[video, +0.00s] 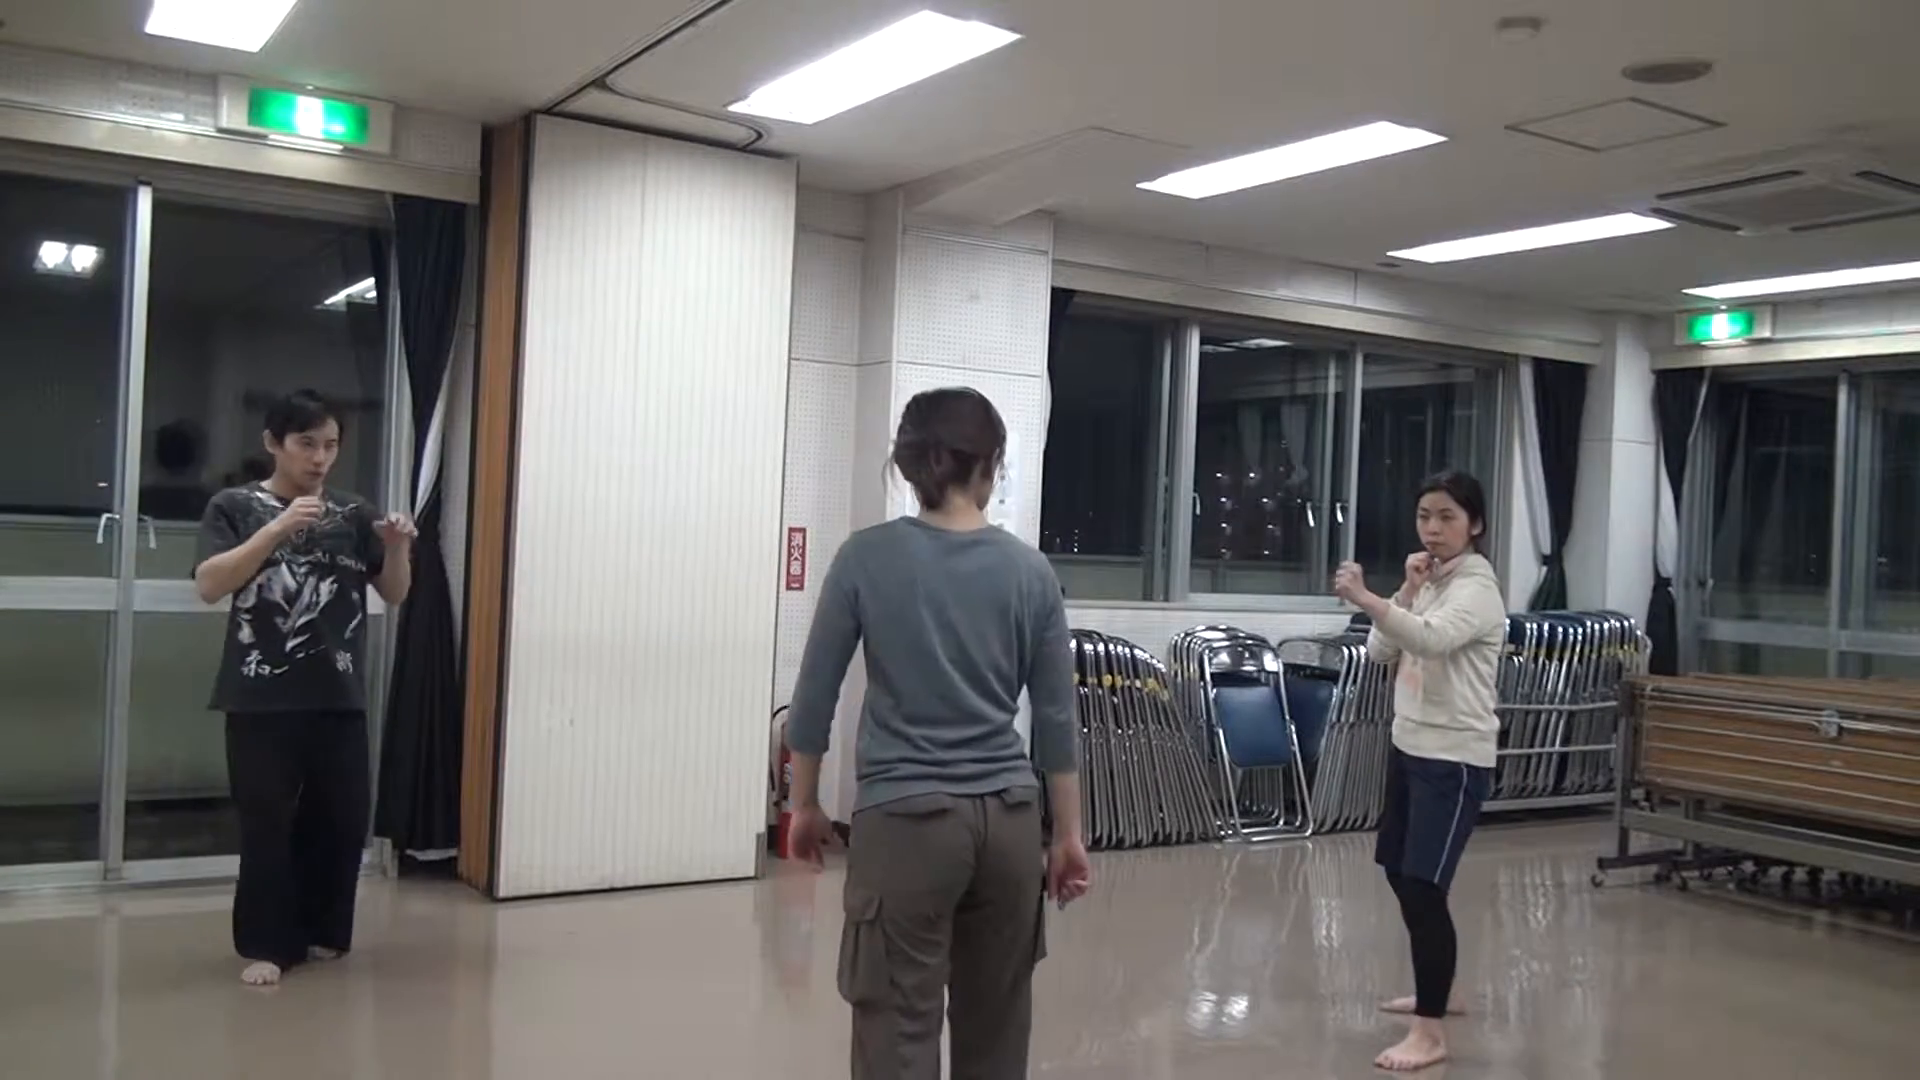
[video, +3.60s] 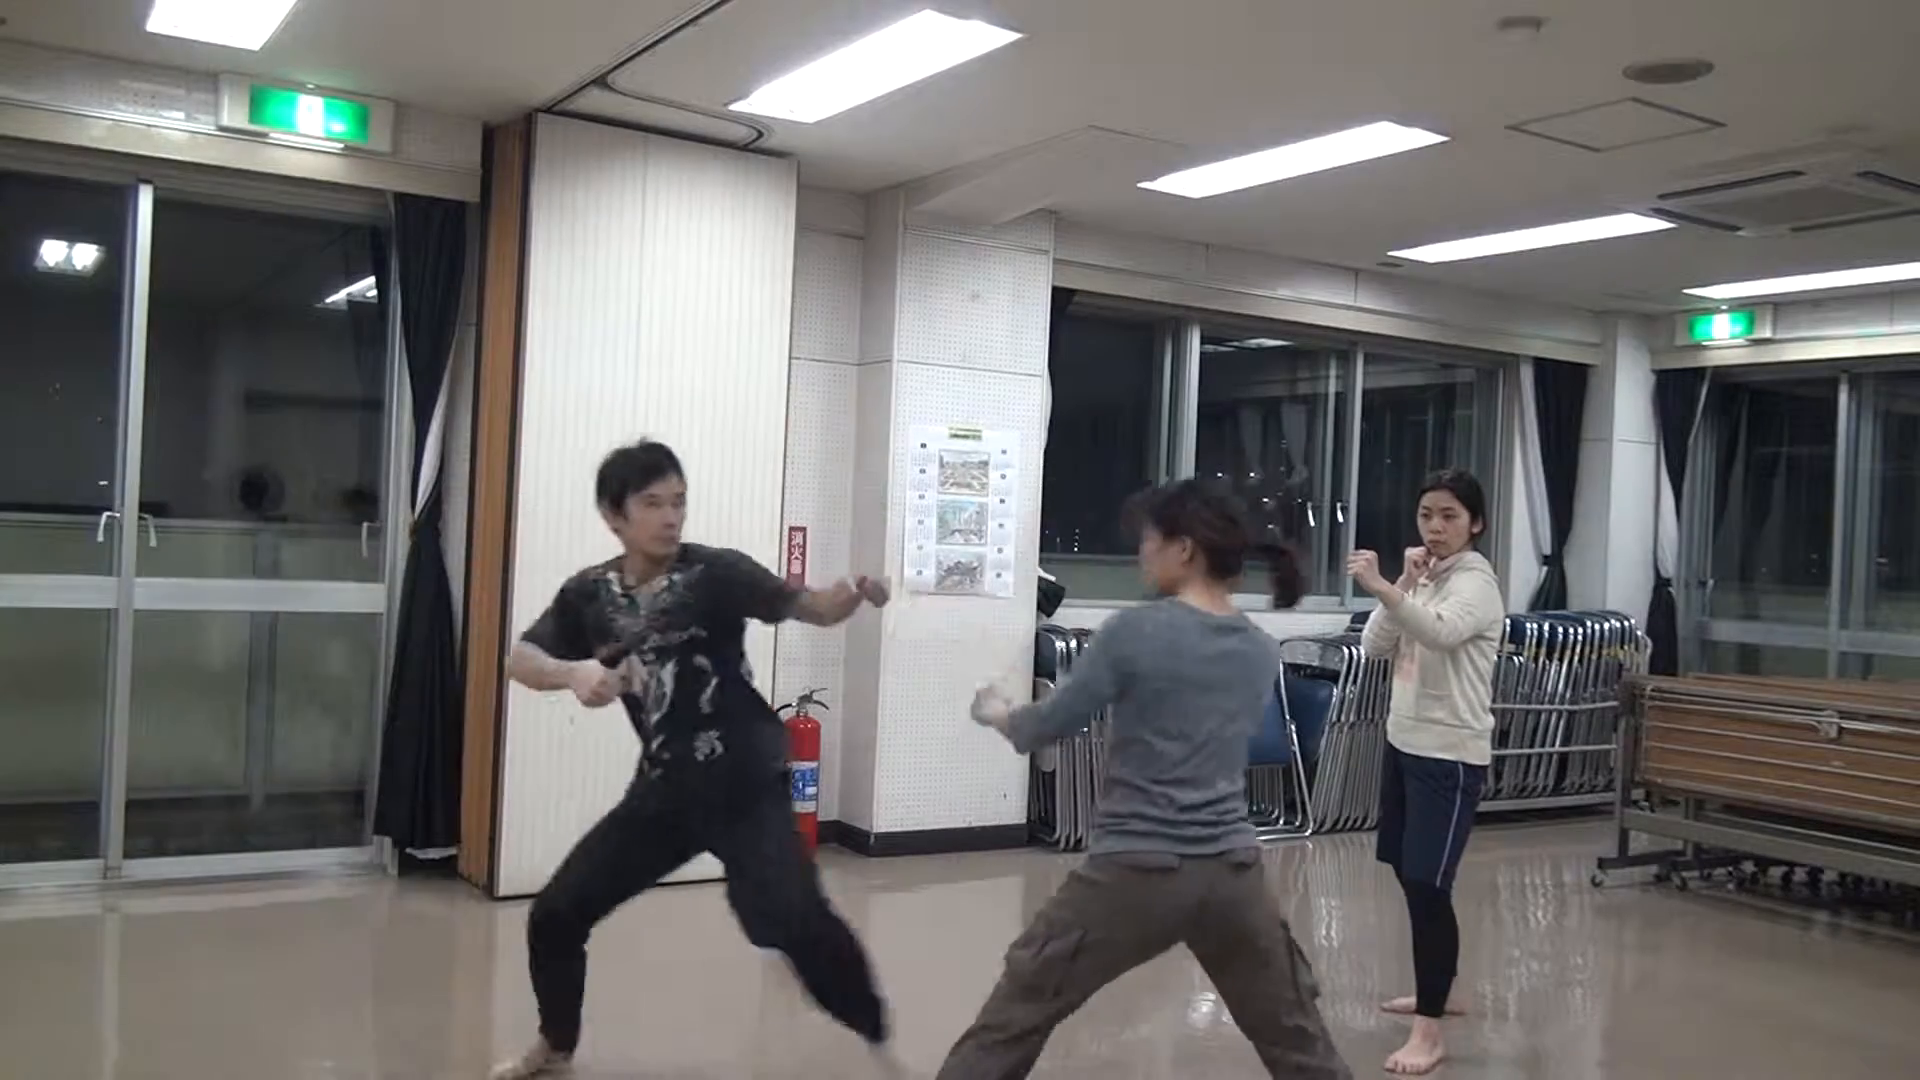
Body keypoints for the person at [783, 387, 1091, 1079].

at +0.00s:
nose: (994, 471)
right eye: (993, 458)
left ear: (906, 467)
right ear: (990, 463)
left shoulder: (865, 556)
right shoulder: (1030, 569)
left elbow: (815, 694)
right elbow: (1056, 713)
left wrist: (803, 805)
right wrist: (1069, 834)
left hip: (903, 829)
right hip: (1013, 829)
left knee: (898, 1031)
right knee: (995, 1033)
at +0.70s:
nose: (983, 480)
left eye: (983, 464)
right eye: (983, 465)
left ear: (999, 468)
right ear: (1071, 469)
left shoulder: (960, 568)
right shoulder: (1118, 573)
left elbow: (918, 704)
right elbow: (1142, 708)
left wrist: (892, 815)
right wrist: (1151, 825)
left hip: (988, 824)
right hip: (1098, 825)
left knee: (950, 1021)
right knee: (1102, 1027)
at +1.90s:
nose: (977, 493)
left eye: (979, 478)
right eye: (976, 478)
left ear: (1008, 479)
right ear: (1064, 483)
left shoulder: (957, 567)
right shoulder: (1108, 581)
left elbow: (883, 671)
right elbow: (1131, 705)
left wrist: (826, 734)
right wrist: (1150, 795)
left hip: (969, 808)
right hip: (1075, 812)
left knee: (924, 996)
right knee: (1087, 1009)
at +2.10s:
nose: (974, 492)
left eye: (976, 476)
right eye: (973, 478)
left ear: (1002, 478)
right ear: (1056, 481)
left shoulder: (949, 563)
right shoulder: (1106, 578)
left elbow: (875, 642)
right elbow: (1099, 681)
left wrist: (824, 680)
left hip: (957, 806)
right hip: (1065, 808)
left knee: (919, 993)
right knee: (1086, 1008)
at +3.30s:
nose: (997, 522)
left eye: (1001, 508)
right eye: (998, 508)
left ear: (1030, 511)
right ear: (1076, 512)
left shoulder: (975, 593)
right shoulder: (1131, 604)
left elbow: (889, 646)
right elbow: (1125, 701)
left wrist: (894, 604)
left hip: (998, 836)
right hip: (1107, 835)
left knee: (919, 997)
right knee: (1157, 1009)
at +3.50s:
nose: (1064, 550)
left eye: (1071, 536)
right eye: (1065, 537)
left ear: (1101, 543)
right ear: (1147, 545)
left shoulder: (1046, 625)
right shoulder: (1196, 640)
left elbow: (950, 689)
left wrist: (960, 649)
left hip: (1070, 874)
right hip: (1179, 871)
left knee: (955, 1018)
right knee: (1258, 1025)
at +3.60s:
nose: (1142, 555)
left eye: (1150, 543)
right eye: (1144, 543)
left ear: (1186, 549)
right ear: (1210, 552)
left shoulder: (1135, 631)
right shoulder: (1261, 648)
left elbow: (1044, 725)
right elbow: (1225, 731)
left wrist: (1002, 714)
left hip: (1132, 879)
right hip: (1231, 881)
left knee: (1010, 1024)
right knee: (1300, 1043)